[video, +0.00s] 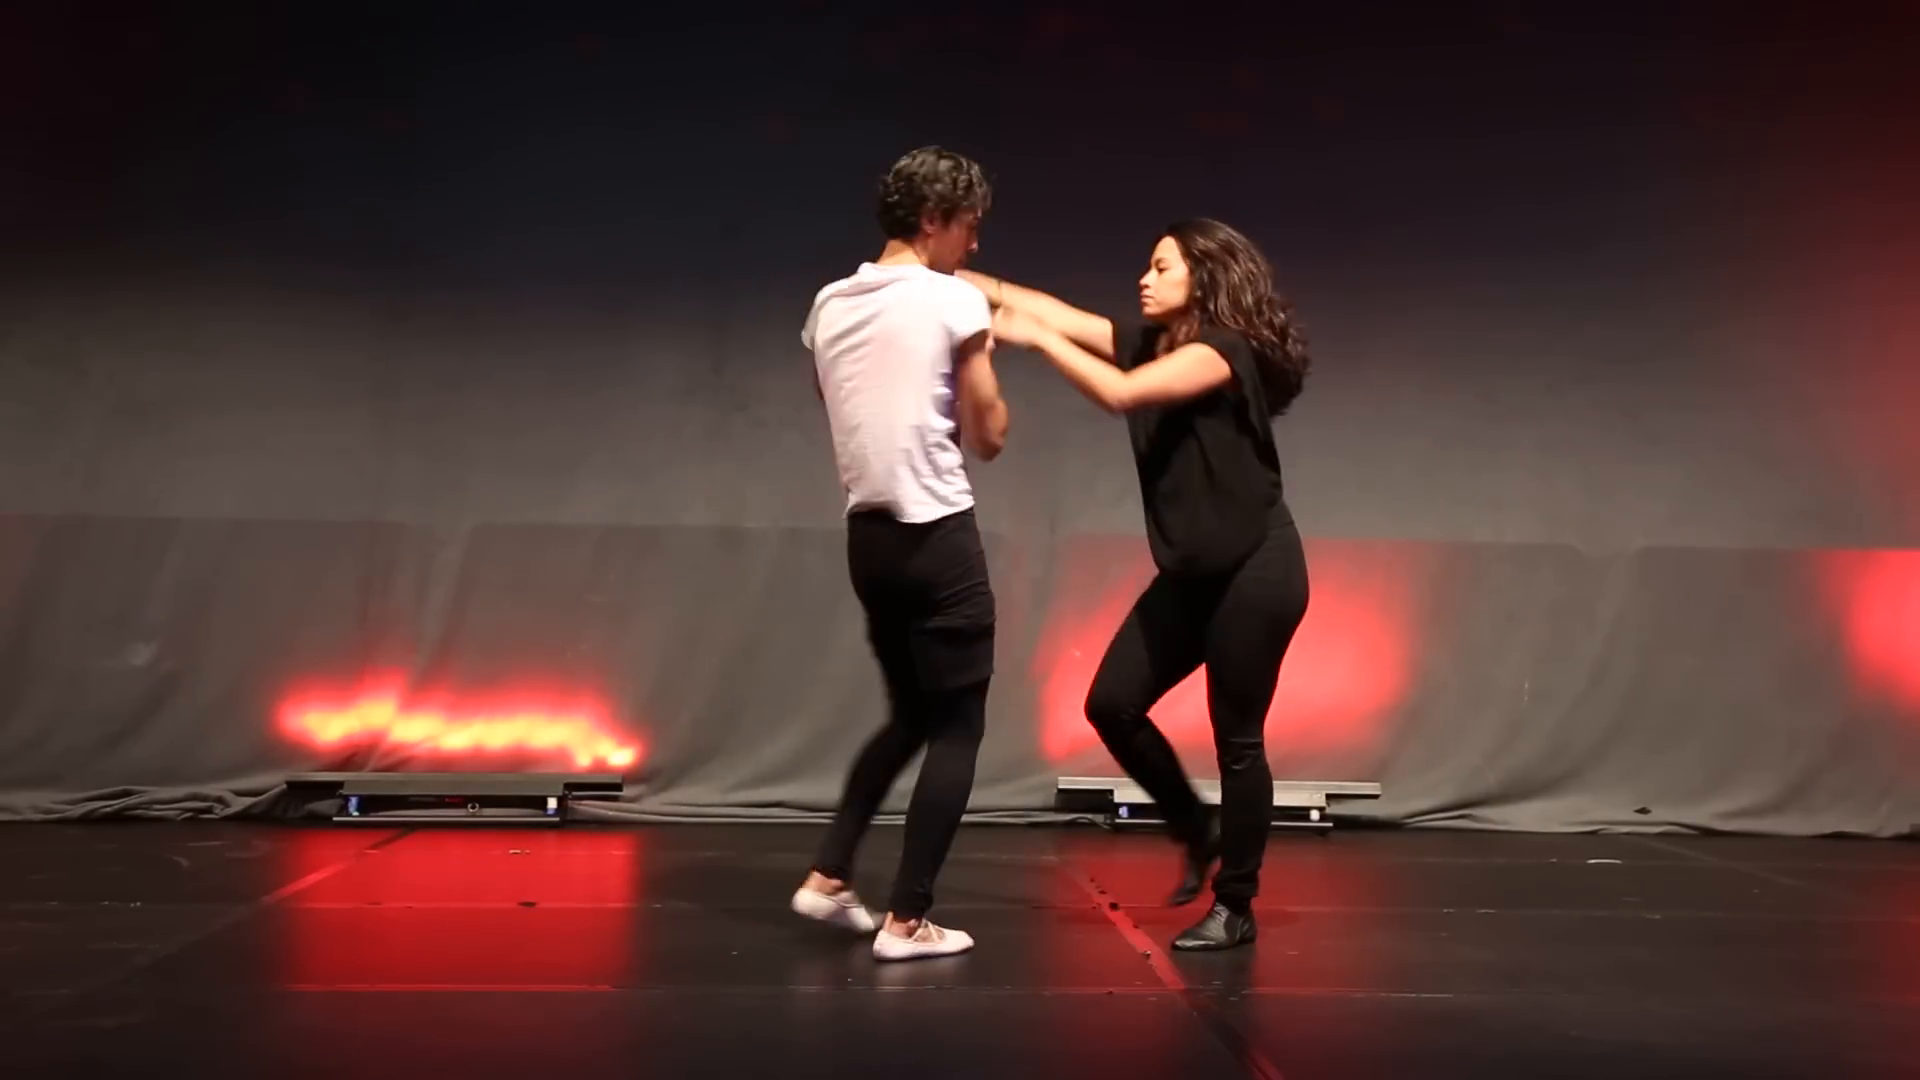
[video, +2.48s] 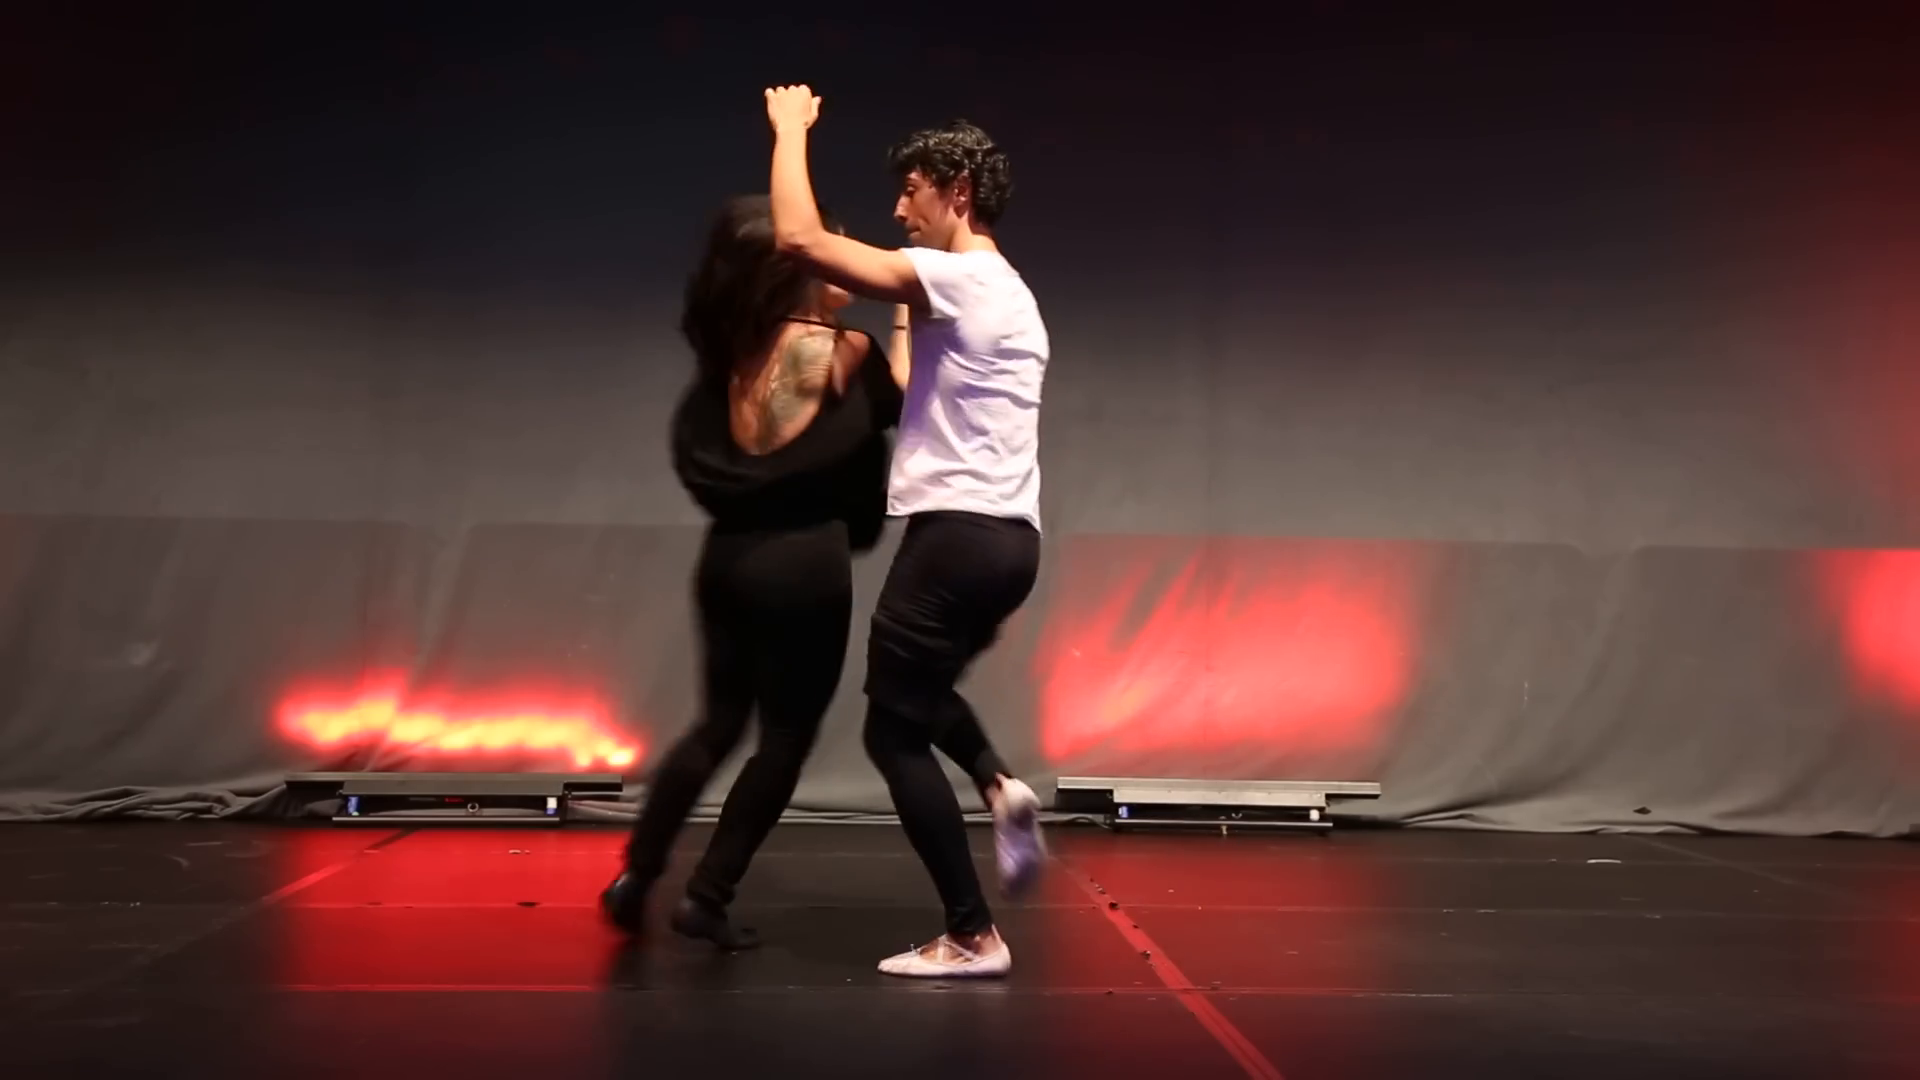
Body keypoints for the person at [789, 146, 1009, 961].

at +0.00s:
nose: (975, 246)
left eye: (977, 231)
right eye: (971, 229)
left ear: (902, 222)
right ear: (936, 221)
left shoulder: (829, 304)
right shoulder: (954, 298)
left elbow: (845, 405)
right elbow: (988, 436)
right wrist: (970, 371)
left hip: (870, 542)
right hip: (939, 539)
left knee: (909, 717)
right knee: (957, 730)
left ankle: (827, 880)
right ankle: (907, 920)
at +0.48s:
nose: (995, 250)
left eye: (999, 237)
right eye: (980, 236)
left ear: (994, 242)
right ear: (936, 234)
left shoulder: (976, 348)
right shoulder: (886, 291)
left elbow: (999, 469)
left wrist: (1079, 552)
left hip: (954, 547)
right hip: (898, 543)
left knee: (947, 723)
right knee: (983, 707)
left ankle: (884, 889)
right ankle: (928, 901)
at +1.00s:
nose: (1033, 238)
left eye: (1036, 223)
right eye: (1031, 221)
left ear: (982, 213)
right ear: (1000, 214)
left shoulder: (961, 293)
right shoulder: (947, 289)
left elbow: (972, 459)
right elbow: (997, 404)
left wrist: (1060, 518)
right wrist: (1029, 321)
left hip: (944, 530)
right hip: (956, 533)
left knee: (967, 724)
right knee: (1019, 728)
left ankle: (885, 898)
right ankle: (963, 934)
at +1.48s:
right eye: (997, 190)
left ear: (925, 197)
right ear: (1004, 199)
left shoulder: (880, 288)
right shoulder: (1039, 290)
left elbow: (863, 417)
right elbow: (1067, 416)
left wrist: (946, 434)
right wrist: (1052, 474)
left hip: (893, 531)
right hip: (986, 537)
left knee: (890, 735)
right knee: (953, 724)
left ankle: (916, 941)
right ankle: (965, 912)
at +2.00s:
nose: (943, 201)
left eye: (945, 189)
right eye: (950, 190)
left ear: (955, 193)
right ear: (1030, 193)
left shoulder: (919, 276)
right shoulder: (1083, 296)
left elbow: (815, 308)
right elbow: (1110, 441)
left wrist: (844, 221)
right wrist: (1054, 501)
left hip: (952, 535)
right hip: (1049, 540)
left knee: (933, 733)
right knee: (1051, 740)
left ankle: (927, 937)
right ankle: (1081, 957)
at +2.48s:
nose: (900, 211)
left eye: (909, 194)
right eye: (901, 196)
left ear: (954, 195)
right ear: (969, 199)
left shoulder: (956, 278)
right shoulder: (1010, 293)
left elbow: (803, 236)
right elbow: (924, 399)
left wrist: (790, 132)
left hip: (955, 536)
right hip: (1008, 539)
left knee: (893, 735)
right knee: (918, 685)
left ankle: (971, 933)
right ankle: (1001, 788)